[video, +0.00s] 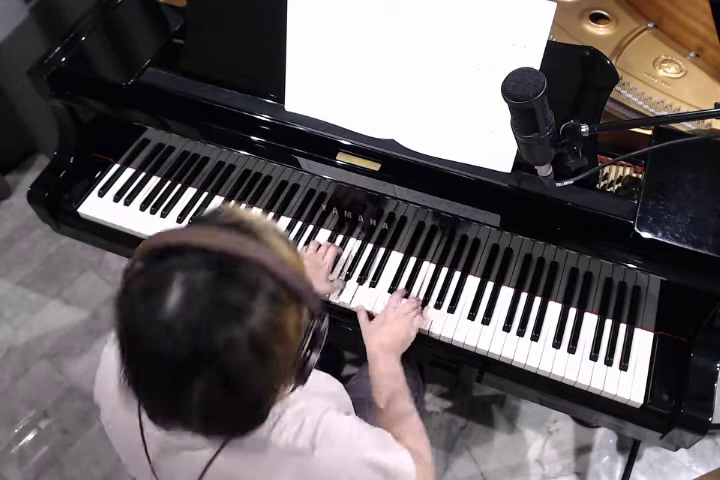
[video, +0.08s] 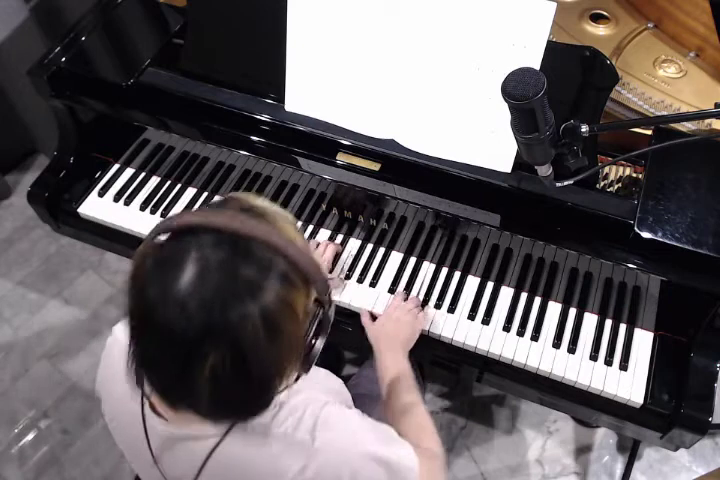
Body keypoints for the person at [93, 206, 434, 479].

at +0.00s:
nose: (297, 318)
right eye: (295, 322)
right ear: (278, 367)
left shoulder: (116, 362)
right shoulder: (322, 447)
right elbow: (416, 469)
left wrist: (295, 290)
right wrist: (386, 355)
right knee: (398, 368)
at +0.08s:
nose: (304, 314)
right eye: (302, 318)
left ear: (148, 301)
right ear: (280, 351)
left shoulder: (119, 351)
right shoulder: (320, 441)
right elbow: (426, 465)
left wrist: (293, 284)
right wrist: (394, 356)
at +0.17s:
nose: (310, 302)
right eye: (308, 301)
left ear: (159, 283)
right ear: (280, 337)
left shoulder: (123, 341)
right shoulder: (318, 433)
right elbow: (437, 462)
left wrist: (296, 278)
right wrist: (401, 351)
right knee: (380, 374)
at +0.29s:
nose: (312, 300)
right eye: (309, 300)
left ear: (163, 279)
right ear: (280, 332)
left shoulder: (124, 339)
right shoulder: (316, 429)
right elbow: (439, 460)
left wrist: (288, 266)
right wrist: (403, 348)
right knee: (380, 374)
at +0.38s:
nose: (324, 280)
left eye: (320, 273)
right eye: (317, 281)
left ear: (171, 261)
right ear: (289, 314)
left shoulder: (132, 326)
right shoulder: (322, 423)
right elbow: (427, 459)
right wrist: (395, 340)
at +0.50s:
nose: (330, 278)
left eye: (325, 272)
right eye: (321, 280)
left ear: (174, 258)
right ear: (290, 311)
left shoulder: (134, 320)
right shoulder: (321, 424)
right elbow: (409, 461)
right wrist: (386, 337)